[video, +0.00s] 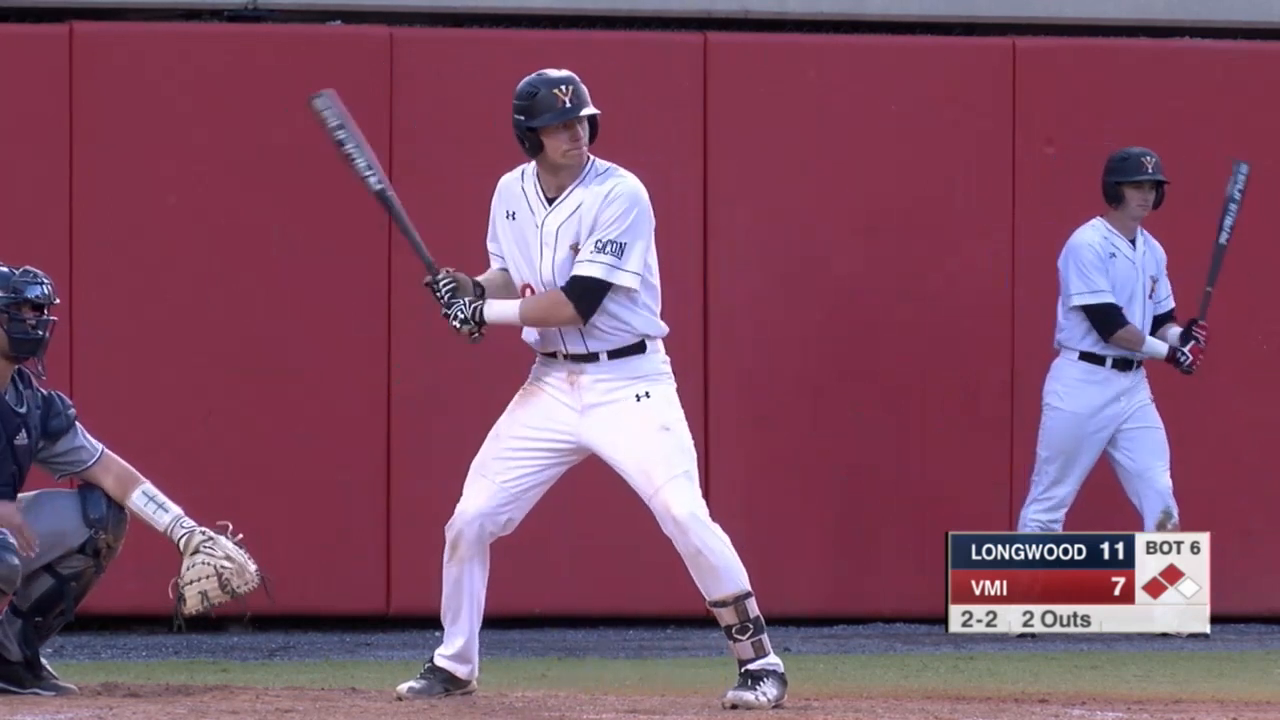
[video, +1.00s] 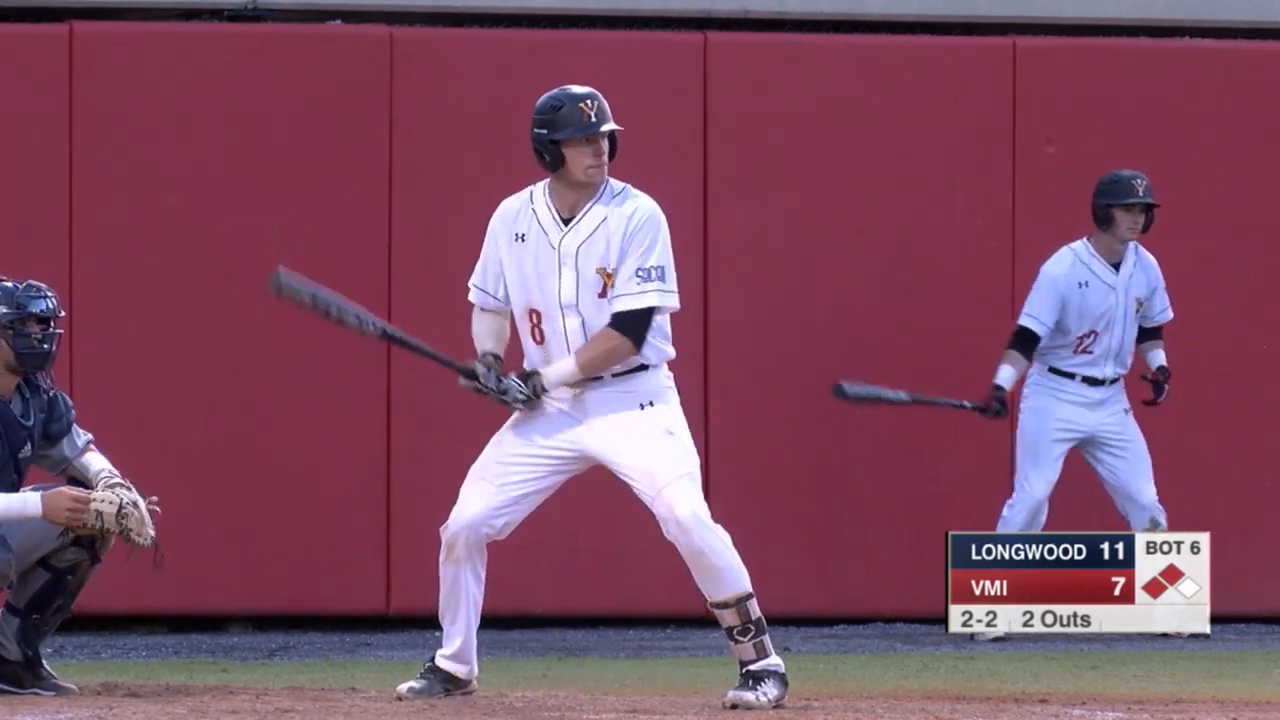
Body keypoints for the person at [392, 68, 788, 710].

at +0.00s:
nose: (577, 134)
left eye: (582, 122)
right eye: (562, 126)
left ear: (591, 122)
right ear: (530, 133)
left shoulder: (622, 192)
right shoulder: (510, 193)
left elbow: (576, 304)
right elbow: (511, 271)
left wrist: (486, 310)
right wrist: (472, 291)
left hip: (630, 382)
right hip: (550, 382)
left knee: (681, 510)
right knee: (470, 520)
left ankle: (759, 664)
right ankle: (454, 665)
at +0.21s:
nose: (582, 140)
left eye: (587, 127)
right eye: (567, 132)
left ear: (597, 127)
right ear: (538, 141)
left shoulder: (636, 194)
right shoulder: (514, 215)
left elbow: (629, 305)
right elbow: (518, 315)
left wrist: (548, 350)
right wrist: (514, 354)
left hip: (645, 389)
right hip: (559, 394)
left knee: (690, 514)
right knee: (478, 525)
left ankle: (761, 665)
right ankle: (454, 666)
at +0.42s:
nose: (600, 142)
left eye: (604, 130)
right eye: (584, 135)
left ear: (613, 131)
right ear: (554, 145)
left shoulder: (655, 201)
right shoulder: (526, 225)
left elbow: (681, 314)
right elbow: (533, 336)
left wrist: (629, 397)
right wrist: (570, 402)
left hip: (659, 395)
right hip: (570, 403)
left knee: (697, 516)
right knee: (484, 527)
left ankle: (762, 665)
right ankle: (455, 666)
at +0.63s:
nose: (611, 145)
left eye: (614, 133)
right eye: (595, 137)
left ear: (621, 134)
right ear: (561, 145)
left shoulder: (659, 207)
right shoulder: (526, 222)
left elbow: (681, 320)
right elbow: (527, 336)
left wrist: (626, 401)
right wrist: (571, 402)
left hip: (653, 397)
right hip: (563, 403)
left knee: (695, 516)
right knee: (479, 526)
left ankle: (762, 665)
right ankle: (454, 666)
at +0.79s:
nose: (610, 146)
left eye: (613, 134)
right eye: (594, 137)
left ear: (620, 136)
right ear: (559, 145)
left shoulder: (652, 210)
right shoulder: (521, 219)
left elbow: (668, 329)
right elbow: (513, 332)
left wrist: (600, 398)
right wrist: (541, 391)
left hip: (645, 404)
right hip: (556, 408)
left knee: (692, 517)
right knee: (474, 525)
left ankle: (762, 665)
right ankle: (454, 666)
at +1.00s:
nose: (598, 151)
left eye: (603, 139)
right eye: (582, 141)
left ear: (611, 141)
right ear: (550, 147)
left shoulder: (638, 215)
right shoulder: (511, 218)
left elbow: (630, 333)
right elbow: (491, 302)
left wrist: (543, 378)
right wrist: (489, 360)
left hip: (636, 405)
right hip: (547, 408)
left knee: (686, 518)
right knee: (465, 524)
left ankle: (761, 665)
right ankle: (453, 665)